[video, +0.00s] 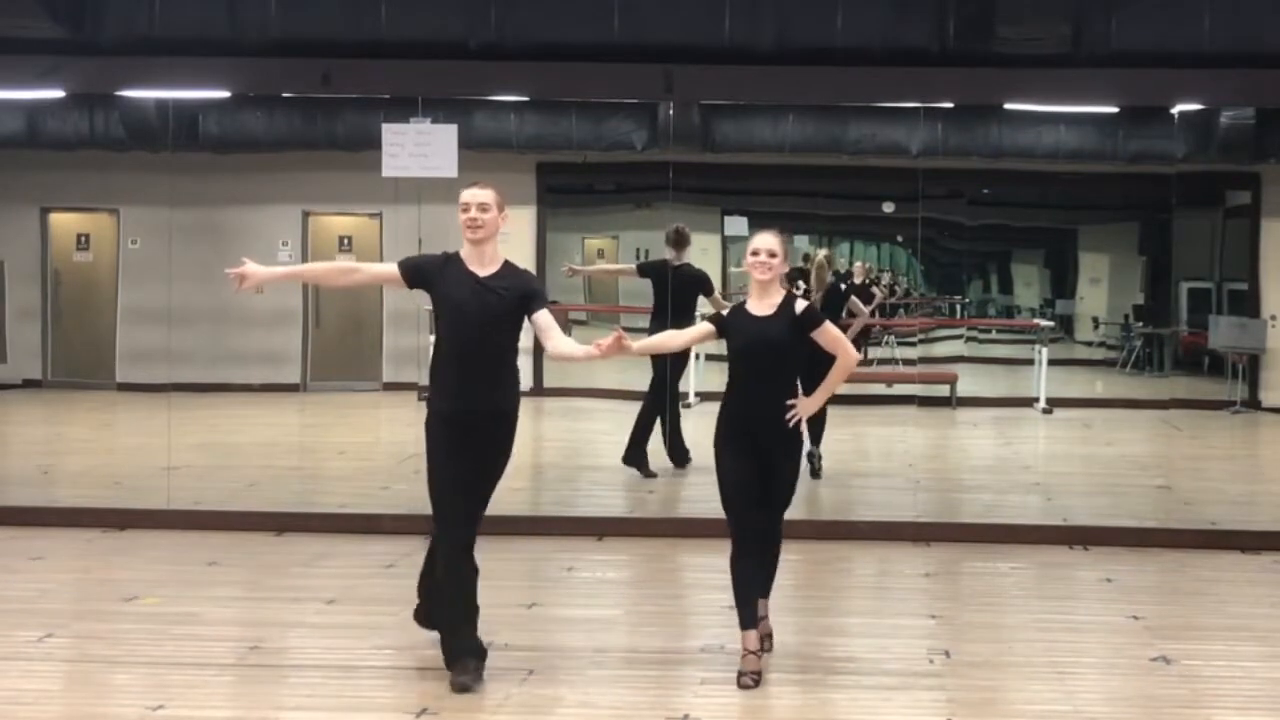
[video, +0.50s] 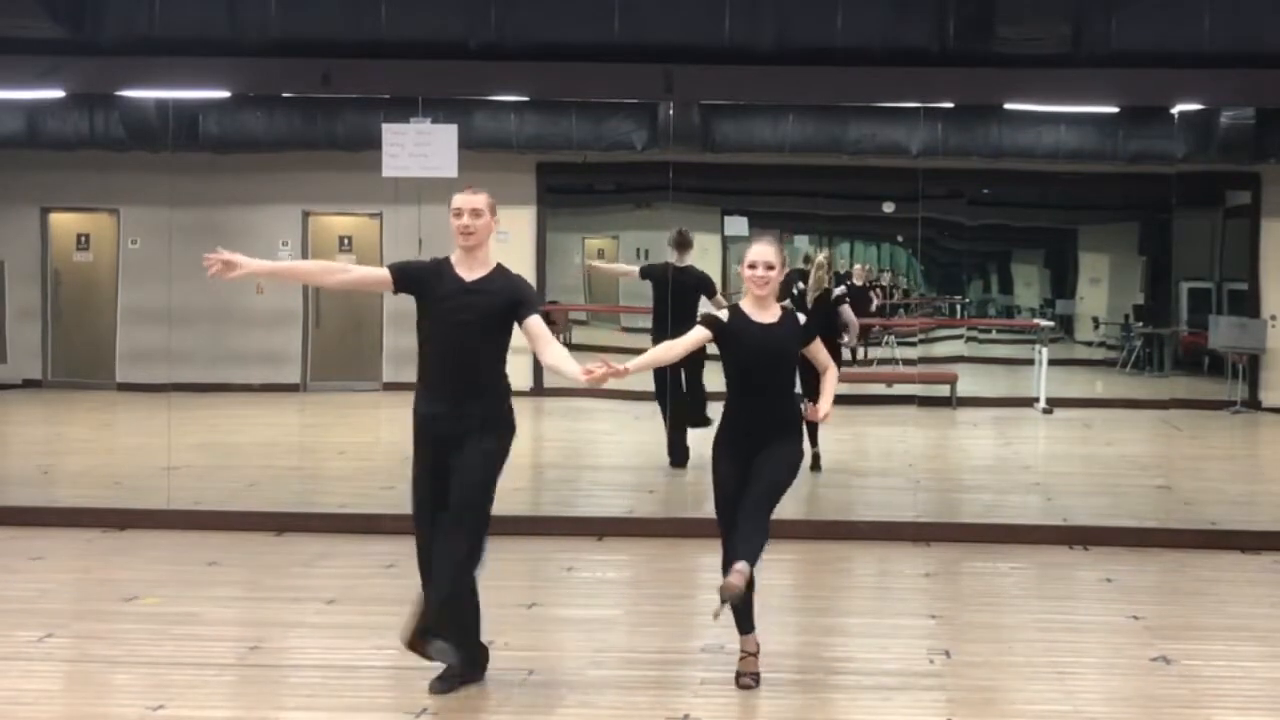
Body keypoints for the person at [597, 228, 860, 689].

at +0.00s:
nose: (761, 260)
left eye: (770, 254)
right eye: (755, 253)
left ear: (785, 263)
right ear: (744, 261)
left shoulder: (799, 311)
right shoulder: (731, 314)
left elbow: (849, 355)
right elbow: (679, 338)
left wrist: (815, 400)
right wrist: (630, 347)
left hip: (782, 435)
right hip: (735, 434)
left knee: (769, 529)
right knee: (744, 532)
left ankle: (761, 613)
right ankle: (748, 640)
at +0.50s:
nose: (759, 273)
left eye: (768, 266)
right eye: (753, 265)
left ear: (782, 273)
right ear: (741, 270)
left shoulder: (796, 323)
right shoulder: (724, 318)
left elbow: (828, 368)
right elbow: (675, 347)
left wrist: (824, 403)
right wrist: (627, 367)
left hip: (783, 436)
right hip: (734, 436)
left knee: (759, 500)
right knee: (734, 535)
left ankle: (740, 570)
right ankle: (748, 646)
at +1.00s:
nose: (759, 269)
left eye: (768, 261)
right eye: (751, 261)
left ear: (783, 266)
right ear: (742, 266)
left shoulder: (799, 313)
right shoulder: (733, 313)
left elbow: (821, 356)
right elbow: (686, 333)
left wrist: (822, 386)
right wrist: (639, 341)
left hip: (785, 435)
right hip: (737, 432)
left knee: (768, 525)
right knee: (745, 534)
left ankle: (698, 545)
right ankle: (752, 644)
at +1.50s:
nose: (769, 273)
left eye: (777, 266)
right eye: (761, 265)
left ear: (790, 270)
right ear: (750, 268)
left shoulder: (807, 319)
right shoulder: (733, 314)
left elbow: (850, 362)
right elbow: (681, 337)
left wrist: (825, 401)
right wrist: (636, 351)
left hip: (789, 437)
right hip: (740, 436)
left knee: (766, 536)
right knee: (746, 540)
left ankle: (785, 598)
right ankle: (753, 642)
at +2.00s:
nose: (771, 275)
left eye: (779, 268)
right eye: (763, 268)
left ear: (793, 272)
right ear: (752, 272)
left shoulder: (816, 318)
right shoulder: (741, 323)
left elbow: (860, 367)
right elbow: (688, 351)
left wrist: (828, 416)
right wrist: (660, 360)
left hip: (788, 441)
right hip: (740, 439)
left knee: (780, 543)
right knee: (748, 543)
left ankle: (774, 612)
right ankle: (760, 643)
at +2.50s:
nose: (769, 280)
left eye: (778, 272)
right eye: (761, 272)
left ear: (792, 277)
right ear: (749, 275)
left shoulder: (806, 330)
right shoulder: (728, 325)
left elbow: (856, 374)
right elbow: (672, 363)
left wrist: (826, 408)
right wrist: (644, 399)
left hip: (799, 456)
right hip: (749, 458)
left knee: (785, 562)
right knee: (756, 565)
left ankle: (767, 669)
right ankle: (769, 650)